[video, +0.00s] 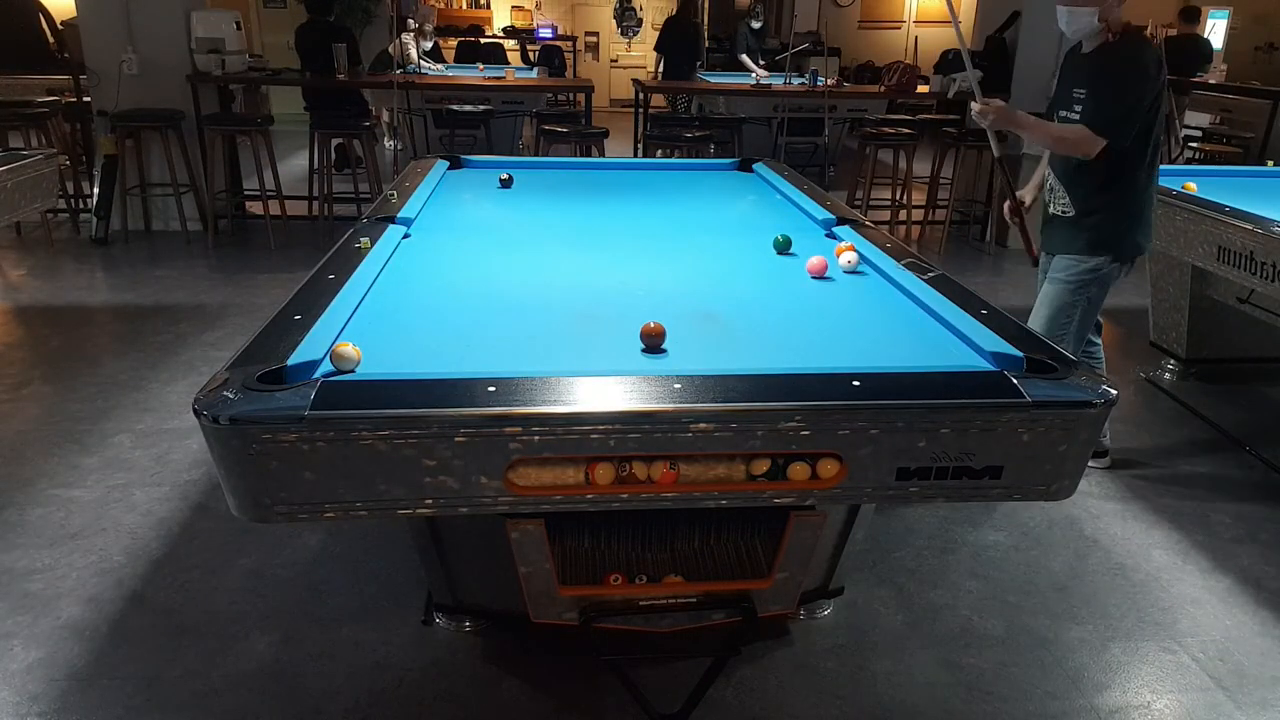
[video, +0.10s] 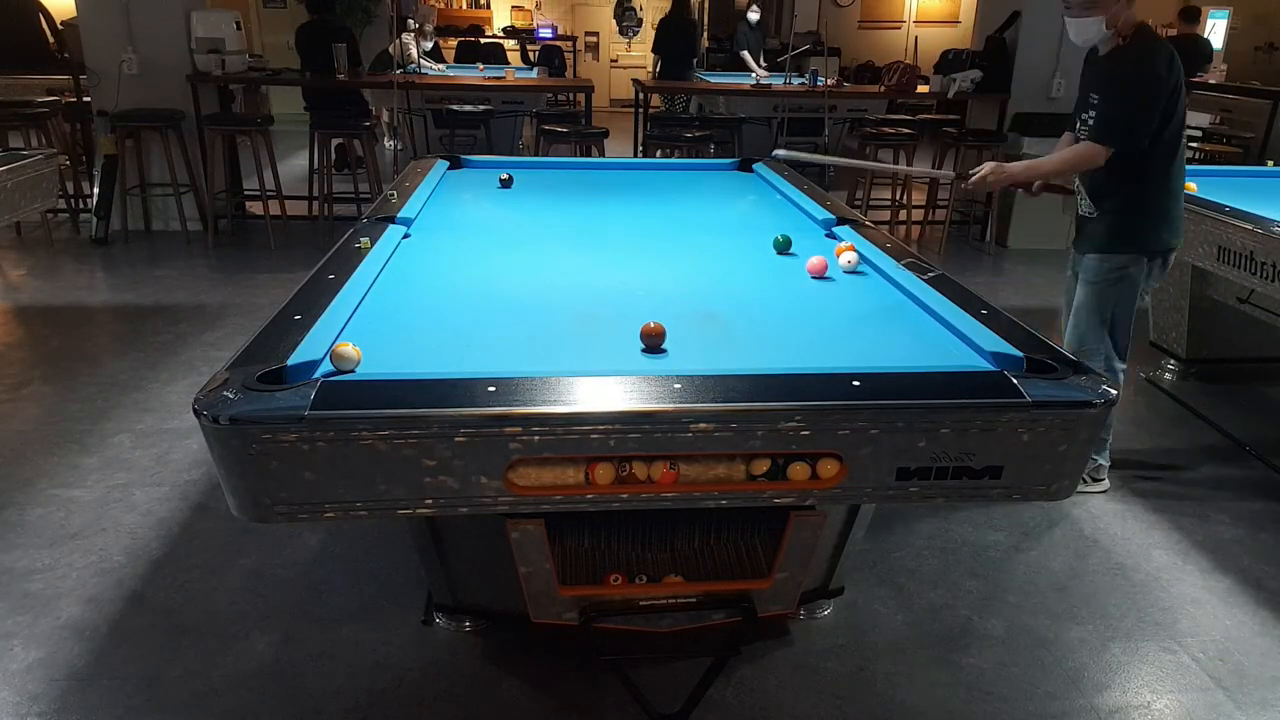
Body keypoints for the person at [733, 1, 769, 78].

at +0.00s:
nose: (757, 25)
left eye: (759, 22)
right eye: (754, 22)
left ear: (763, 19)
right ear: (749, 18)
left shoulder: (761, 27)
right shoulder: (742, 29)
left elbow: (757, 46)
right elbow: (741, 55)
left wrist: (759, 60)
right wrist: (757, 70)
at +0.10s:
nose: (753, 14)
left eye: (756, 12)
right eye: (751, 11)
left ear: (760, 14)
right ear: (746, 12)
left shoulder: (759, 28)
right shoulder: (741, 27)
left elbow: (760, 47)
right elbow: (743, 52)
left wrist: (761, 62)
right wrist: (758, 70)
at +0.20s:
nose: (749, 14)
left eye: (753, 11)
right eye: (747, 11)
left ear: (758, 14)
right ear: (744, 12)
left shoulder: (760, 30)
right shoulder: (739, 29)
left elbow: (765, 48)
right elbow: (741, 52)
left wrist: (771, 65)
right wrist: (755, 69)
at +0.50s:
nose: (755, 19)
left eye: (757, 16)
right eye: (752, 16)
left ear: (760, 15)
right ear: (746, 14)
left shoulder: (762, 27)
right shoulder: (739, 27)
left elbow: (767, 46)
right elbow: (735, 50)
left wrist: (772, 66)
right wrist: (748, 68)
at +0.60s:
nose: (757, 18)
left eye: (760, 16)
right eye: (754, 15)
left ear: (763, 14)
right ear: (749, 13)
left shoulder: (763, 25)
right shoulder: (741, 25)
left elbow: (767, 46)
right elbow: (731, 48)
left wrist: (772, 66)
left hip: (761, 70)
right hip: (743, 71)